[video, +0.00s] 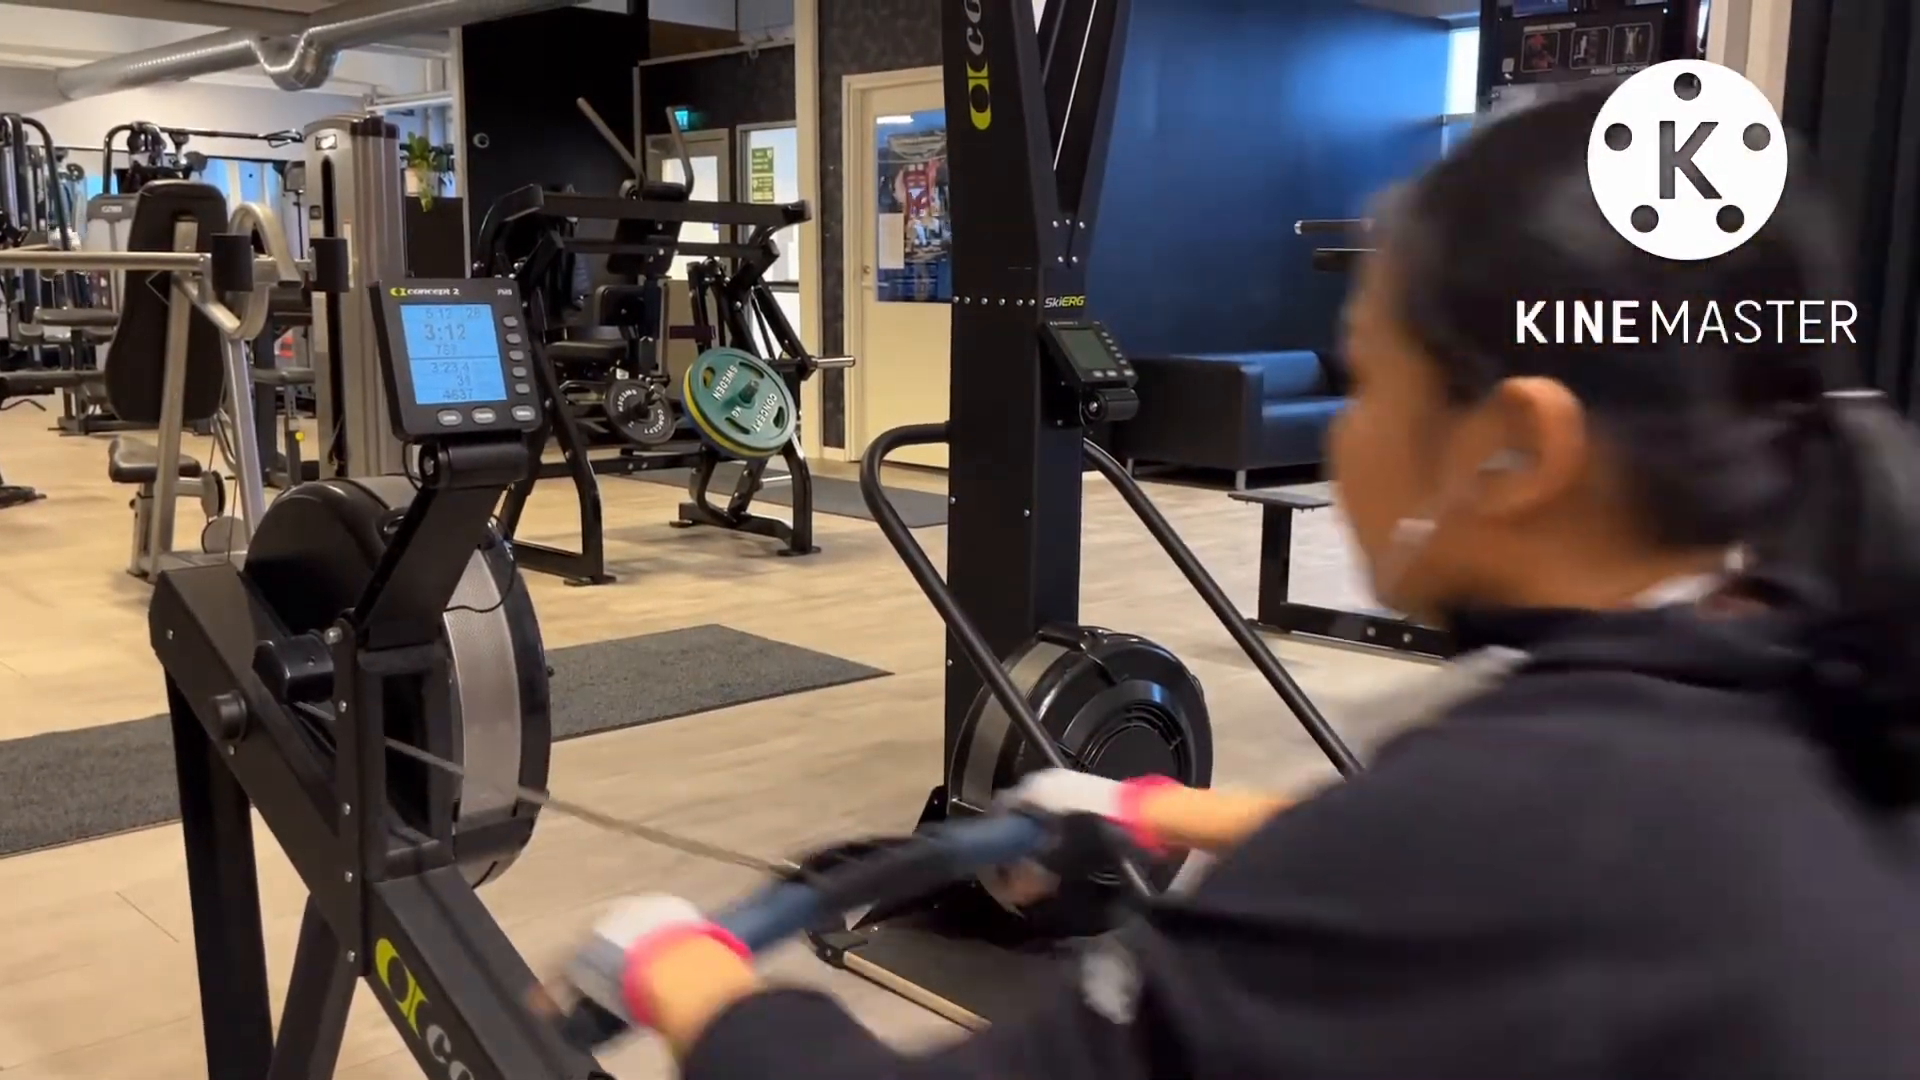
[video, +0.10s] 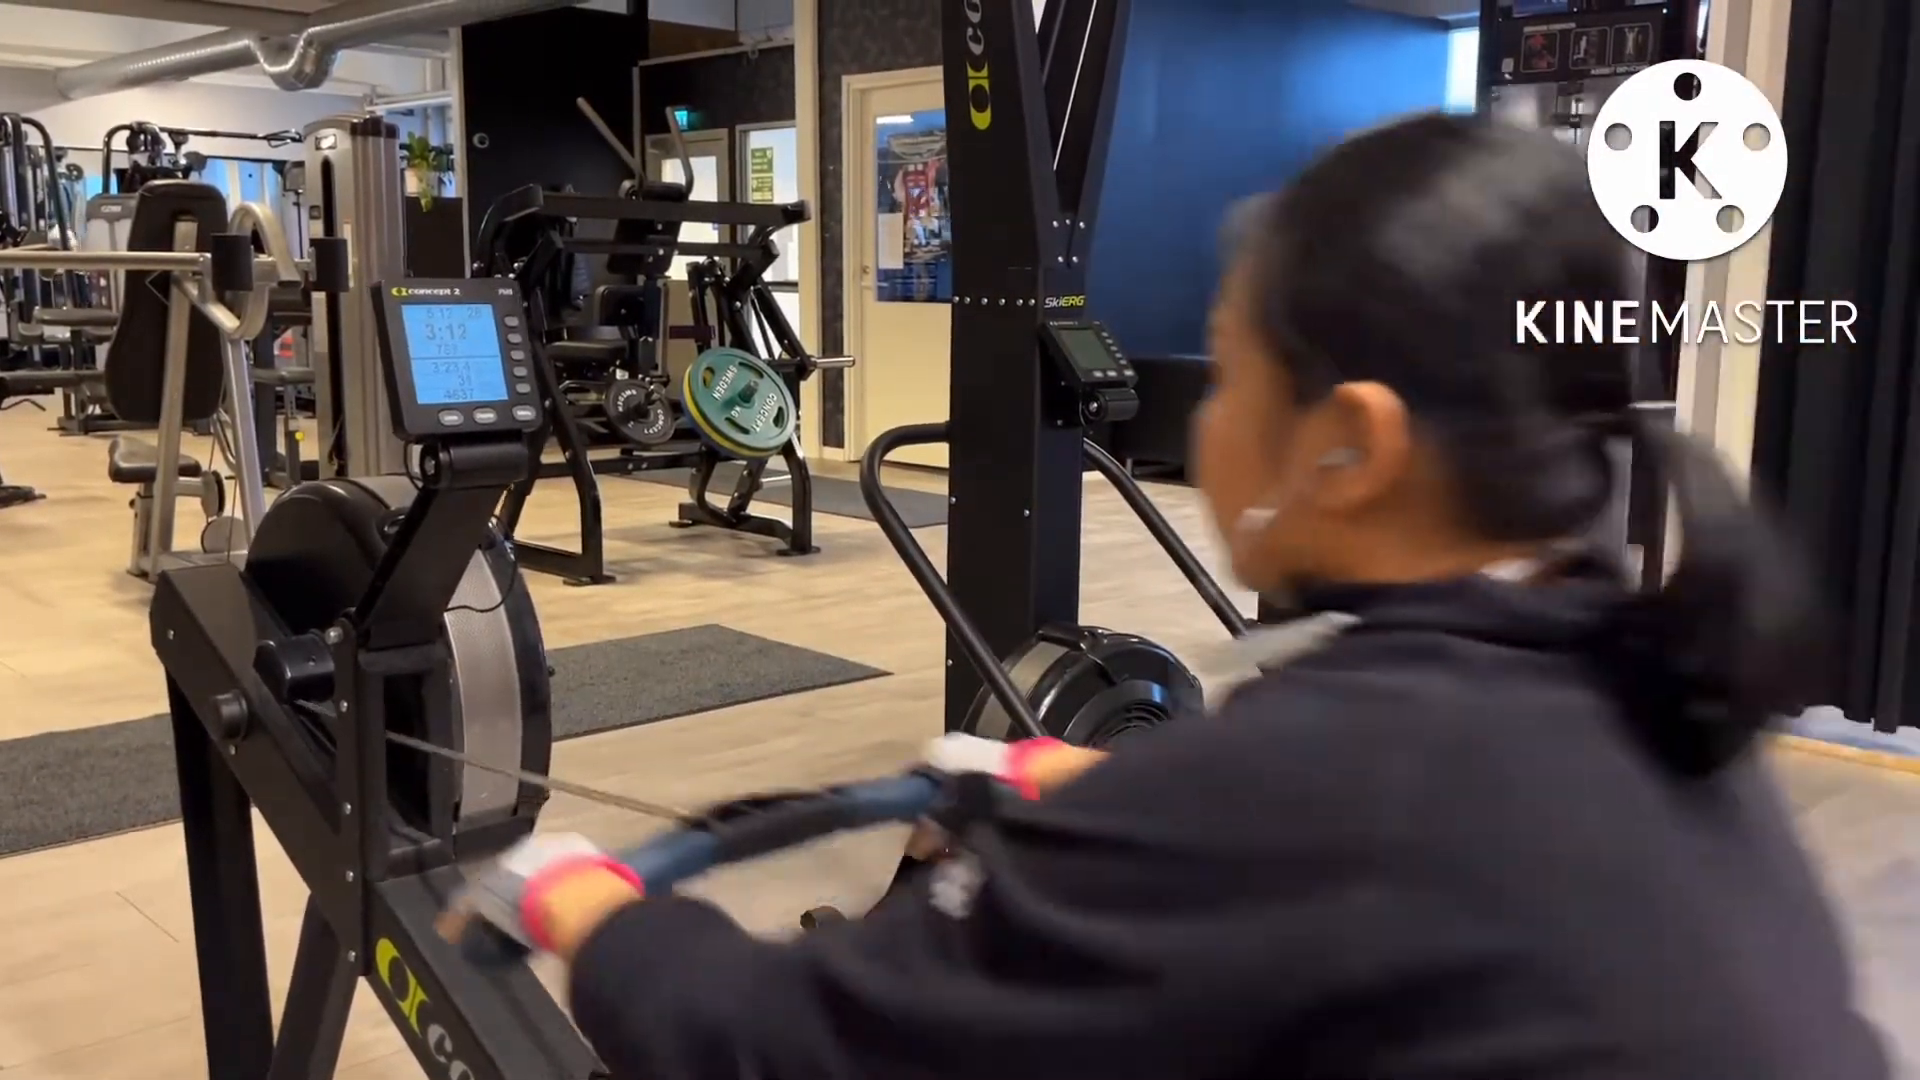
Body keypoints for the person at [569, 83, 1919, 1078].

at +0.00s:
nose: (1334, 440)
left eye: (1357, 389)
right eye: (1347, 384)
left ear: (1519, 450)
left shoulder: (1480, 826)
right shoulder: (1822, 687)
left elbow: (992, 1076)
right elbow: (1589, 815)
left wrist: (721, 1003)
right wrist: (1285, 834)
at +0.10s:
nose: (1198, 416)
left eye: (1224, 377)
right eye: (1214, 370)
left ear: (1356, 450)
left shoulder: (1324, 773)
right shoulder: (1649, 681)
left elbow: (857, 1037)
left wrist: (606, 921)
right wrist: (1133, 794)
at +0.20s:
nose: (1084, 421)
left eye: (1105, 385)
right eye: (1098, 379)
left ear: (1214, 446)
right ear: (1424, 425)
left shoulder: (1142, 743)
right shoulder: (1505, 645)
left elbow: (739, 956)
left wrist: (515, 855)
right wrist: (1013, 746)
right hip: (1666, 1043)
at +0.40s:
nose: (940, 417)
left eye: (958, 381)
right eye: (954, 375)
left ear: (1045, 439)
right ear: (1241, 407)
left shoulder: (977, 690)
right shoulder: (1331, 602)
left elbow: (638, 797)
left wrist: (402, 758)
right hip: (1513, 1046)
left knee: (829, 982)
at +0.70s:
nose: (1029, 434)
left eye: (1051, 396)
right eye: (1039, 392)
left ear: (1163, 445)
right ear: (1353, 413)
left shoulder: (1115, 723)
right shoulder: (1458, 603)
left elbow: (764, 807)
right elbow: (1242, 693)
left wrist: (496, 791)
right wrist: (975, 692)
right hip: (1639, 1047)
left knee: (926, 1022)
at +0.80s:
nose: (1172, 425)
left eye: (1199, 386)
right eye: (1185, 379)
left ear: (1338, 448)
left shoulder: (1250, 788)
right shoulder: (1650, 659)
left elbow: (875, 901)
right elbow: (1397, 751)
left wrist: (602, 866)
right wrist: (1112, 747)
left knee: (1001, 1046)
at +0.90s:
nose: (1354, 440)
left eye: (1383, 390)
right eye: (1364, 386)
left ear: (1560, 443)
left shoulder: (1454, 843)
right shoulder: (1839, 717)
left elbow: (1051, 965)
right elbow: (1474, 772)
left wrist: (702, 917)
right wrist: (1184, 778)